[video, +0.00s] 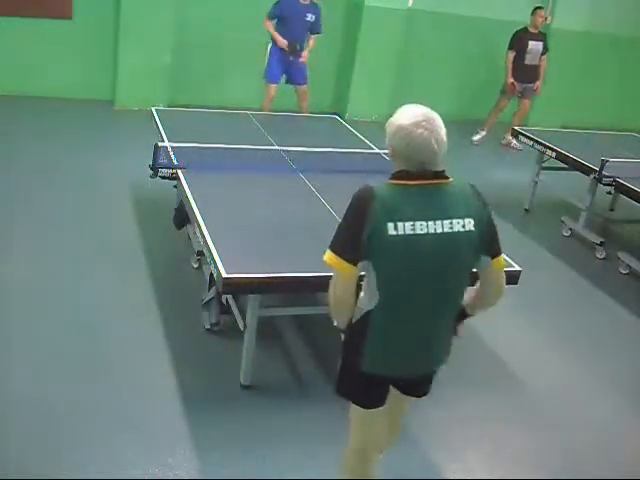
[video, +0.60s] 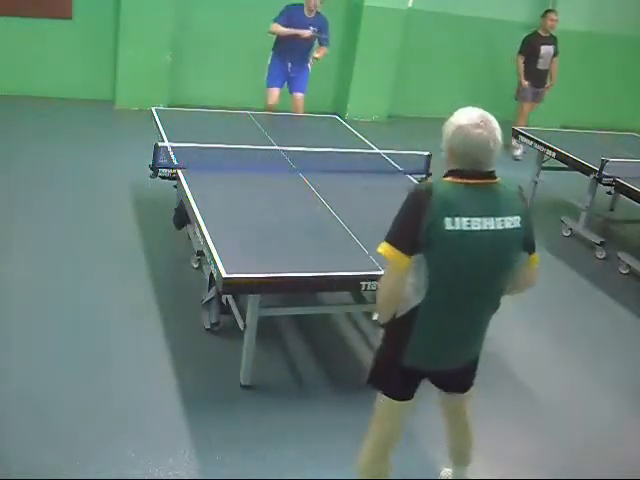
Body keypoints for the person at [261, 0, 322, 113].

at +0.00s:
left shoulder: (314, 9)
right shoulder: (284, 3)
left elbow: (313, 35)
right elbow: (268, 21)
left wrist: (306, 51)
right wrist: (278, 39)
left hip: (298, 52)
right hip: (279, 49)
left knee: (303, 90)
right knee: (271, 90)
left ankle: (303, 122)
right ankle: (264, 120)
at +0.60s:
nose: (312, 3)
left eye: (315, 1)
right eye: (310, 0)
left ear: (319, 3)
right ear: (306, 1)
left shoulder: (321, 21)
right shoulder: (291, 10)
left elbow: (323, 45)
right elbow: (273, 28)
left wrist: (318, 54)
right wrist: (299, 32)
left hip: (301, 63)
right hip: (279, 59)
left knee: (298, 99)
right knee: (271, 101)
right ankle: (268, 129)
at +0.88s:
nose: (318, 21)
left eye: (322, 19)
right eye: (317, 17)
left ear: (325, 20)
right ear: (309, 13)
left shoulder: (322, 36)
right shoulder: (294, 22)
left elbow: (324, 56)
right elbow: (283, 35)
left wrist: (324, 58)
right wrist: (309, 40)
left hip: (298, 70)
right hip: (278, 65)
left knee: (296, 108)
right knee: (278, 106)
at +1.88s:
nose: (315, 24)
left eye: (319, 23)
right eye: (316, 19)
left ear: (321, 25)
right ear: (309, 13)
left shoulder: (310, 35)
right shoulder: (287, 24)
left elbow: (310, 58)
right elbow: (283, 55)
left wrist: (314, 78)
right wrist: (307, 46)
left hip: (291, 72)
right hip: (272, 70)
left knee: (296, 110)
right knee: (282, 108)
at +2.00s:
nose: (316, 32)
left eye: (320, 31)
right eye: (316, 27)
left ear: (320, 32)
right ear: (311, 20)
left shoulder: (308, 37)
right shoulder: (288, 27)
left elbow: (306, 60)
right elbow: (265, 48)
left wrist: (308, 79)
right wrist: (279, 57)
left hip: (291, 74)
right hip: (270, 72)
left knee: (295, 111)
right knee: (281, 109)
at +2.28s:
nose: (311, 19)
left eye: (315, 17)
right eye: (310, 14)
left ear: (316, 18)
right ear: (305, 7)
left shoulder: (306, 27)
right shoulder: (283, 17)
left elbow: (304, 51)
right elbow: (257, 36)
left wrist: (304, 76)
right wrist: (262, 59)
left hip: (286, 67)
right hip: (267, 65)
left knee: (292, 106)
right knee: (271, 104)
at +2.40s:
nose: (304, 8)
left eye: (307, 5)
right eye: (302, 3)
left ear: (309, 7)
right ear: (295, 2)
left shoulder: (304, 23)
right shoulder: (276, 13)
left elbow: (304, 47)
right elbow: (254, 33)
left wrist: (302, 70)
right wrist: (259, 55)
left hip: (282, 66)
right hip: (260, 62)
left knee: (290, 108)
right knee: (255, 105)